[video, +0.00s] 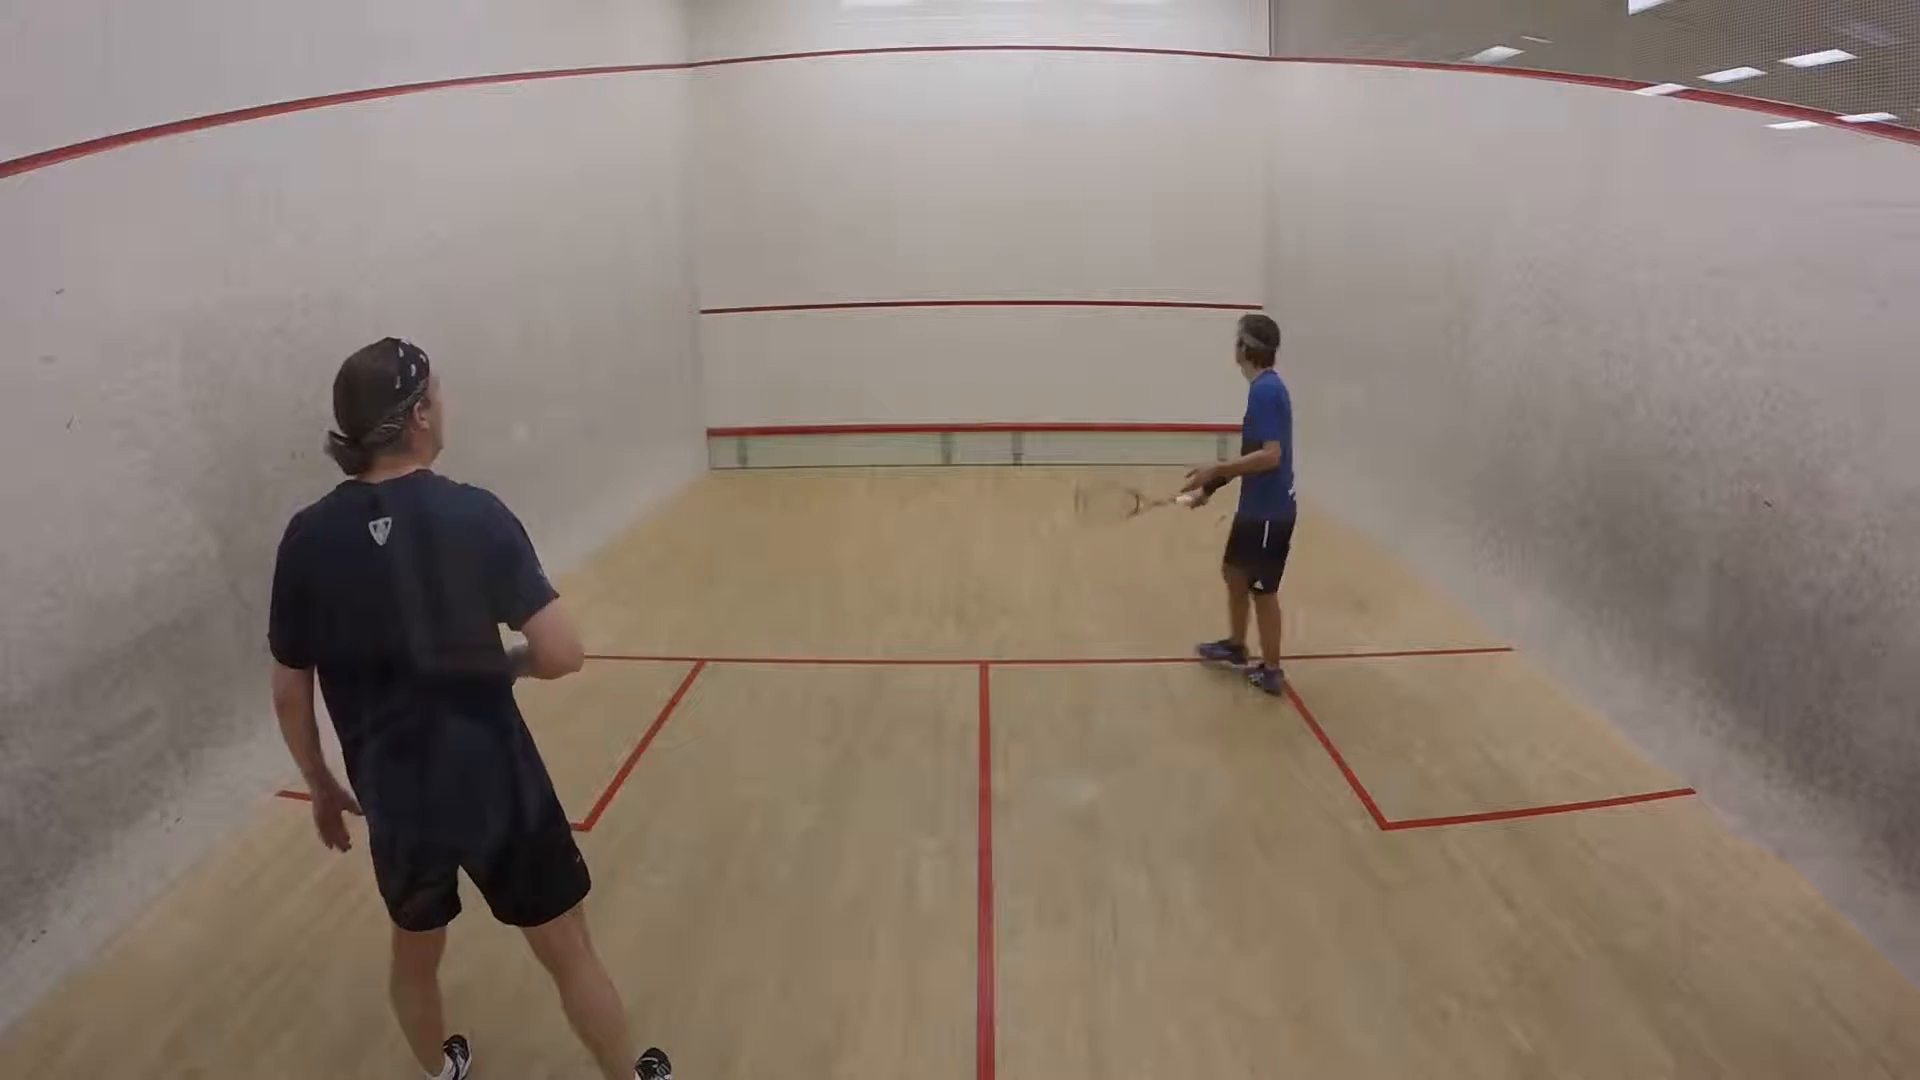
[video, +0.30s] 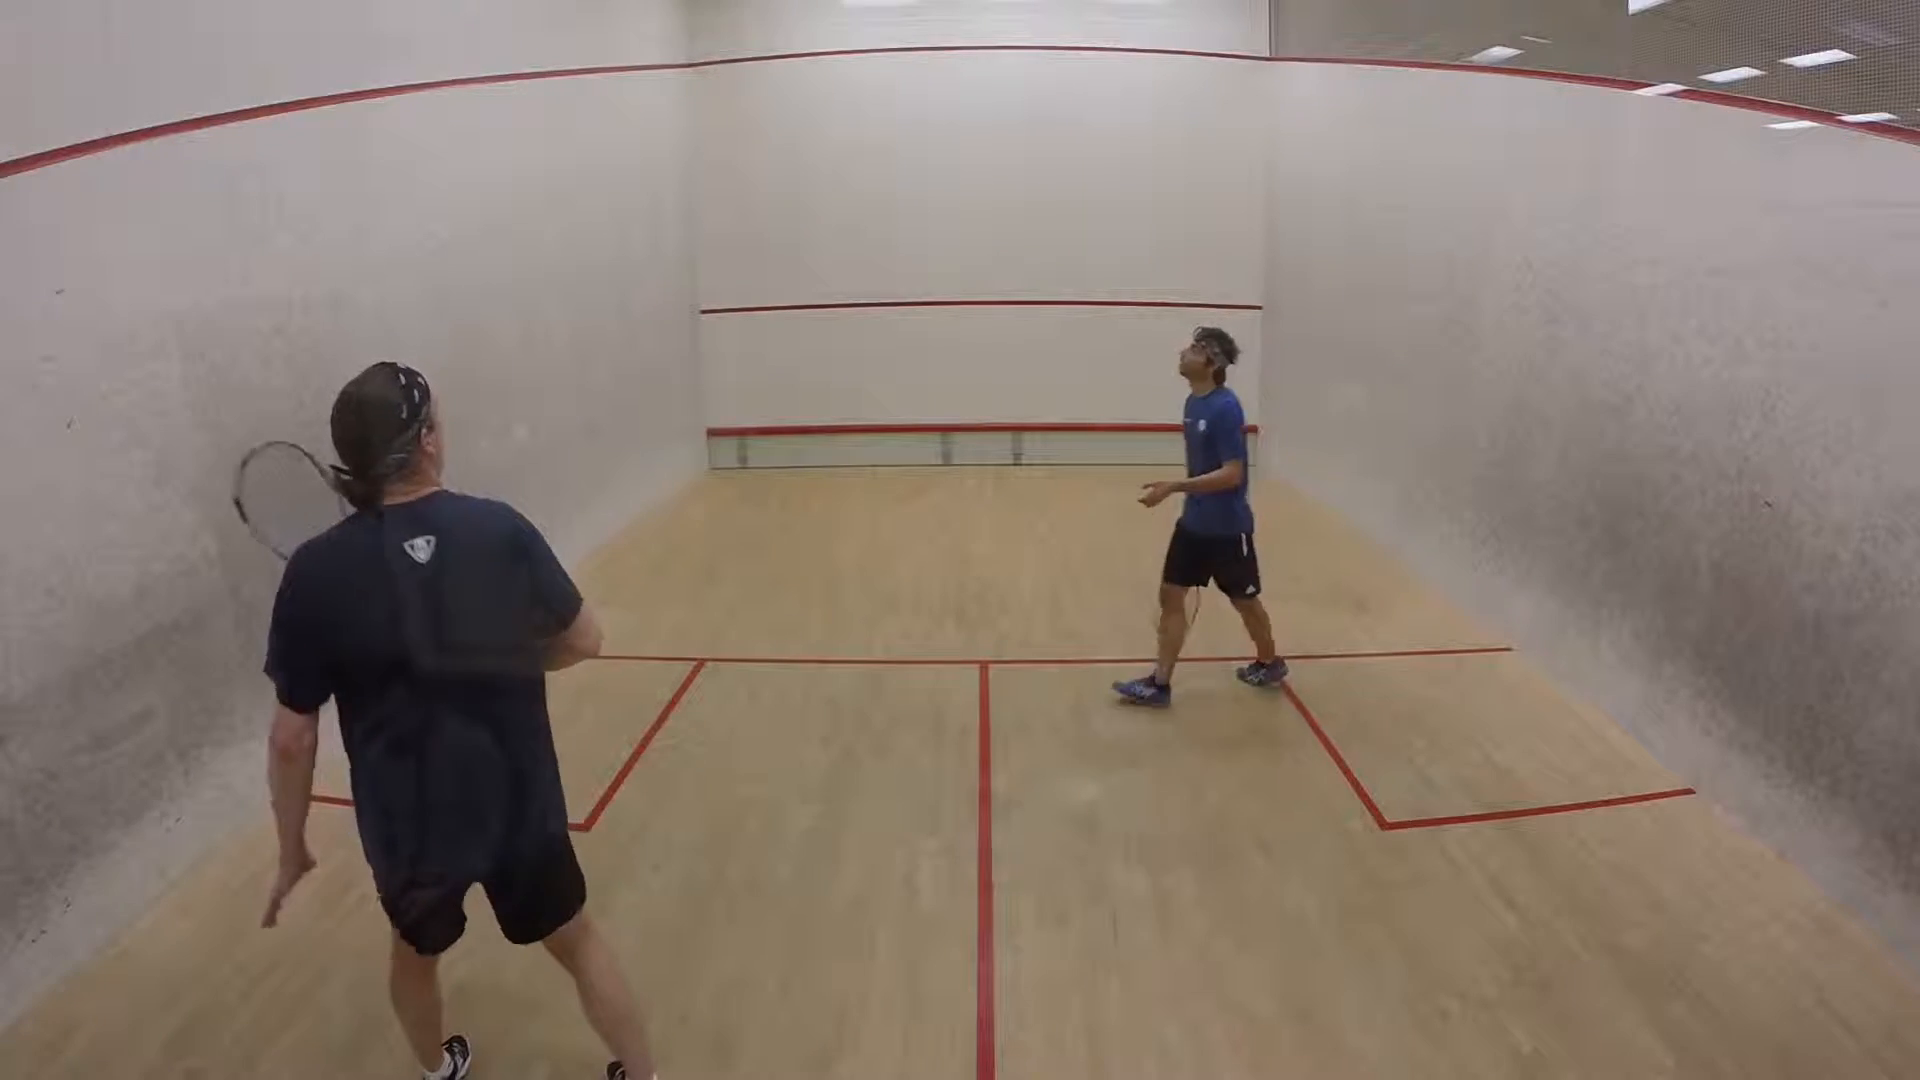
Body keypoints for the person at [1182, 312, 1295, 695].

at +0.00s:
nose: (1234, 350)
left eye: (1237, 344)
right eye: (1236, 343)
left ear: (1245, 347)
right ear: (1268, 349)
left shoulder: (1267, 390)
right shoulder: (1264, 389)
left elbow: (1271, 456)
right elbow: (1255, 455)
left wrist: (1216, 471)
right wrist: (1214, 484)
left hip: (1271, 512)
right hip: (1254, 508)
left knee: (1263, 588)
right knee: (1235, 573)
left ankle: (1271, 669)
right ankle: (1237, 644)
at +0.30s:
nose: (1183, 351)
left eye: (1192, 348)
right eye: (1188, 346)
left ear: (1208, 360)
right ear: (1203, 360)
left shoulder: (1226, 407)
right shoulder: (1194, 404)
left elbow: (1233, 474)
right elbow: (1203, 464)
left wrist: (1172, 487)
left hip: (1228, 527)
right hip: (1194, 523)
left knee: (1245, 600)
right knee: (1171, 597)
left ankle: (1270, 663)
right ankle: (1160, 682)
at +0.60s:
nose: (1140, 348)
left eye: (1151, 344)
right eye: (1140, 341)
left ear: (1169, 357)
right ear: (1138, 351)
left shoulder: (1174, 400)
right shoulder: (1140, 400)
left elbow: (1183, 469)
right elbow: (1143, 465)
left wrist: (1126, 494)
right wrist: (1122, 499)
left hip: (1165, 526)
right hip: (1138, 521)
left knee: (1144, 610)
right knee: (1128, 600)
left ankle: (1184, 664)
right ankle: (1151, 681)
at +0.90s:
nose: (1086, 360)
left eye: (1097, 356)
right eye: (1087, 353)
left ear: (1116, 369)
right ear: (1090, 363)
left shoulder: (1115, 415)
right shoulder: (1102, 411)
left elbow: (1132, 483)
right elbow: (1087, 472)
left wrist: (1092, 536)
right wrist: (1042, 504)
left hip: (1114, 542)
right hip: (1122, 537)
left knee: (1054, 625)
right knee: (1103, 607)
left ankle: (1061, 733)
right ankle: (1147, 679)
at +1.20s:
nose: (1010, 332)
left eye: (1017, 326)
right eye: (1015, 325)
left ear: (1034, 335)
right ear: (1048, 339)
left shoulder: (1027, 383)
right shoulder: (1071, 387)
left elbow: (1047, 448)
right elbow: (1084, 460)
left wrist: (1046, 518)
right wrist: (1064, 504)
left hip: (1038, 533)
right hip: (1078, 526)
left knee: (1022, 636)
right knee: (1068, 616)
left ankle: (1032, 740)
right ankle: (1107, 705)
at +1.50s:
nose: (927, 391)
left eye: (930, 384)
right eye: (934, 383)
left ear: (936, 393)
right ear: (976, 393)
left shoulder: (933, 449)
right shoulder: (1001, 444)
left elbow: (956, 528)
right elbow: (1032, 526)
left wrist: (956, 607)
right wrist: (1016, 580)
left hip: (973, 609)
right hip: (1020, 600)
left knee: (904, 707)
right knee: (1038, 679)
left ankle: (906, 834)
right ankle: (1092, 763)